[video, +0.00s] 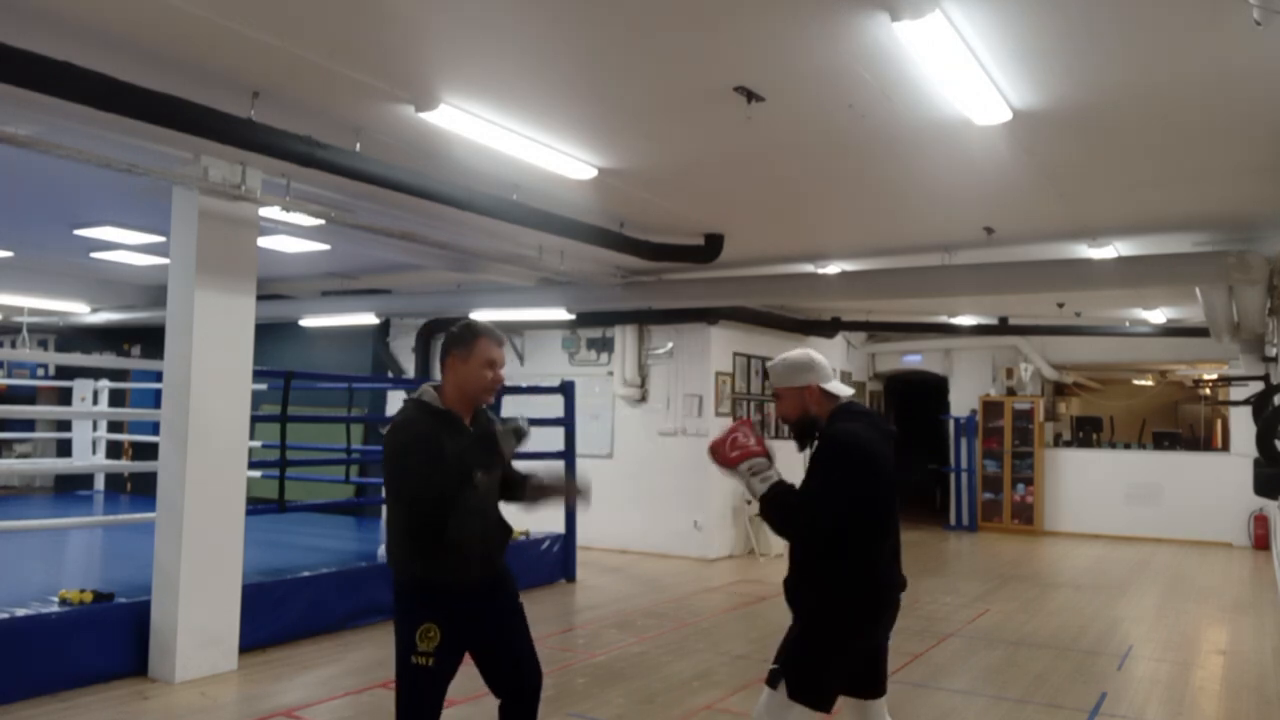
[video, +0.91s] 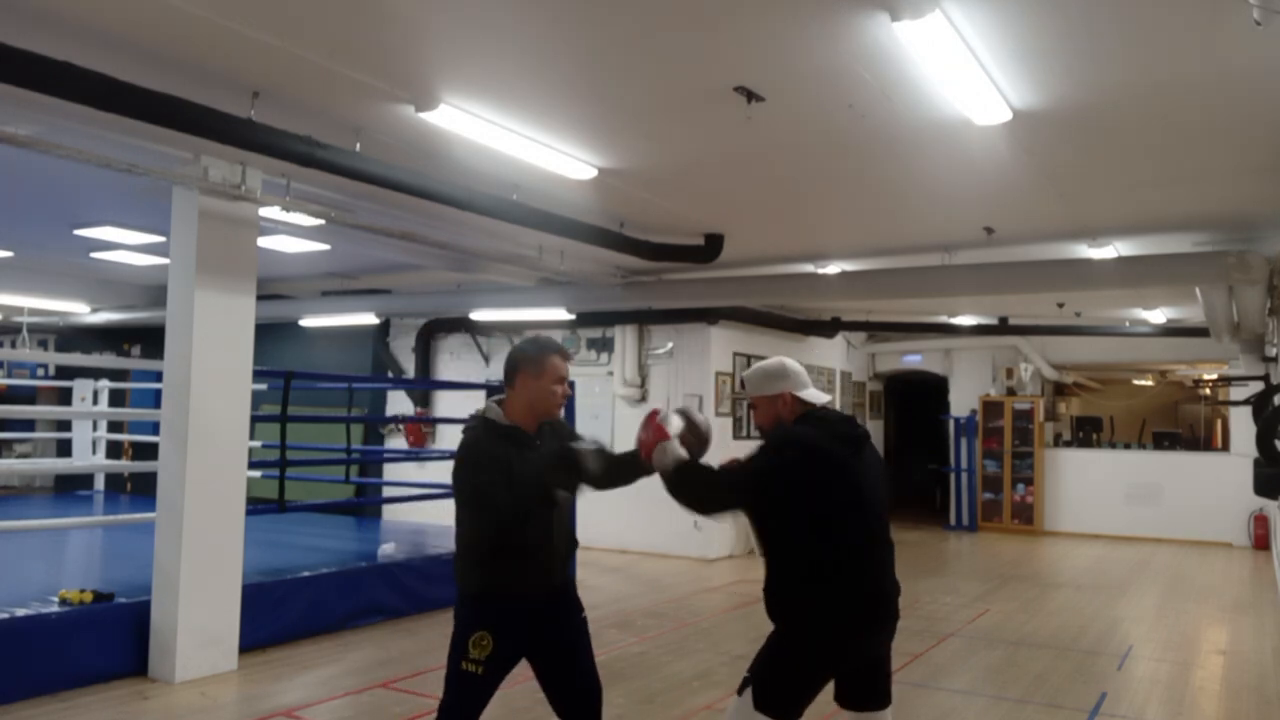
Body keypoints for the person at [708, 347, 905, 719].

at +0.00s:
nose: (777, 412)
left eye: (779, 398)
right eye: (775, 400)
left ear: (810, 393)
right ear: (814, 392)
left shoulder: (843, 439)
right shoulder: (863, 428)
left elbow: (808, 527)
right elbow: (813, 520)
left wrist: (757, 472)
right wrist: (762, 474)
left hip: (834, 609)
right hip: (870, 601)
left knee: (776, 709)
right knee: (869, 706)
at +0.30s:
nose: (779, 414)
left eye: (782, 400)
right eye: (777, 402)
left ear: (814, 394)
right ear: (815, 394)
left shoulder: (843, 440)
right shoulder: (862, 431)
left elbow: (799, 527)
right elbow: (807, 513)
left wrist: (738, 496)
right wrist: (763, 463)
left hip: (842, 610)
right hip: (877, 603)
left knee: (773, 707)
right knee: (877, 710)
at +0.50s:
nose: (764, 415)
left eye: (767, 403)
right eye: (762, 405)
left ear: (797, 398)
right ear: (802, 397)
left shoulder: (809, 442)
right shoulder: (854, 434)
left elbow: (732, 490)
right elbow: (817, 505)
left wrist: (678, 452)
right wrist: (760, 466)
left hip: (821, 608)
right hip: (873, 600)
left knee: (765, 709)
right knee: (871, 705)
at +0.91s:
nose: (753, 420)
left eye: (755, 408)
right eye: (751, 409)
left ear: (784, 402)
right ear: (789, 400)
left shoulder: (786, 452)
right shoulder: (852, 438)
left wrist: (665, 454)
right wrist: (749, 471)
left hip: (815, 617)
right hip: (873, 609)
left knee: (751, 710)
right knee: (871, 712)